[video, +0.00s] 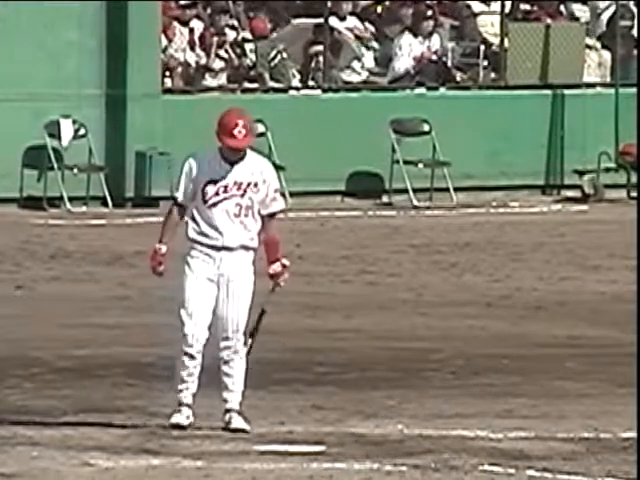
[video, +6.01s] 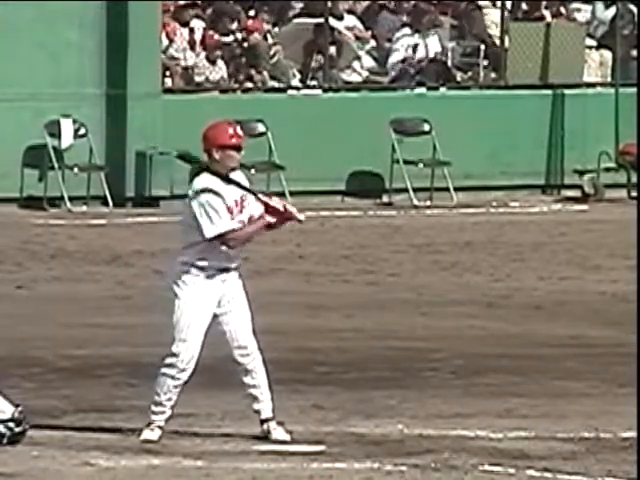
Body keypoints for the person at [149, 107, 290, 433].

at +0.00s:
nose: (239, 149)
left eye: (243, 143)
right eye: (232, 144)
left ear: (249, 137)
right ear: (219, 138)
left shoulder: (263, 170)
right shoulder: (197, 166)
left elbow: (269, 221)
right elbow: (178, 207)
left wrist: (275, 260)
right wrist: (162, 243)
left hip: (240, 258)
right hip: (200, 256)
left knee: (234, 334)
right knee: (193, 332)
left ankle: (233, 408)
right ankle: (184, 405)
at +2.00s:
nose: (195, 172)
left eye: (199, 166)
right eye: (189, 167)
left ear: (208, 158)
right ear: (177, 160)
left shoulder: (221, 179)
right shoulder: (157, 182)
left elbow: (230, 229)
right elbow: (136, 222)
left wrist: (237, 270)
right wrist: (131, 254)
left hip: (210, 272)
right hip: (171, 274)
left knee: (214, 348)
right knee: (167, 350)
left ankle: (211, 416)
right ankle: (155, 420)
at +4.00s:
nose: (230, 168)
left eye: (232, 163)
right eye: (225, 163)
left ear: (233, 160)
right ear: (209, 160)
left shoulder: (242, 187)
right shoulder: (180, 187)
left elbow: (253, 237)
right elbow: (161, 232)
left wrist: (264, 272)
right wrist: (178, 267)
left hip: (227, 279)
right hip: (188, 279)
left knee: (243, 351)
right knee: (171, 355)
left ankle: (268, 421)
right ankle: (155, 421)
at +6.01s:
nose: (238, 155)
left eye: (239, 148)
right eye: (232, 149)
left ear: (230, 152)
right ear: (214, 153)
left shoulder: (237, 178)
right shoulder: (204, 189)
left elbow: (251, 210)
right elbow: (231, 240)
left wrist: (276, 213)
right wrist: (265, 221)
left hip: (229, 276)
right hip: (197, 279)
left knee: (247, 350)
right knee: (184, 355)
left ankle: (268, 420)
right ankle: (156, 422)